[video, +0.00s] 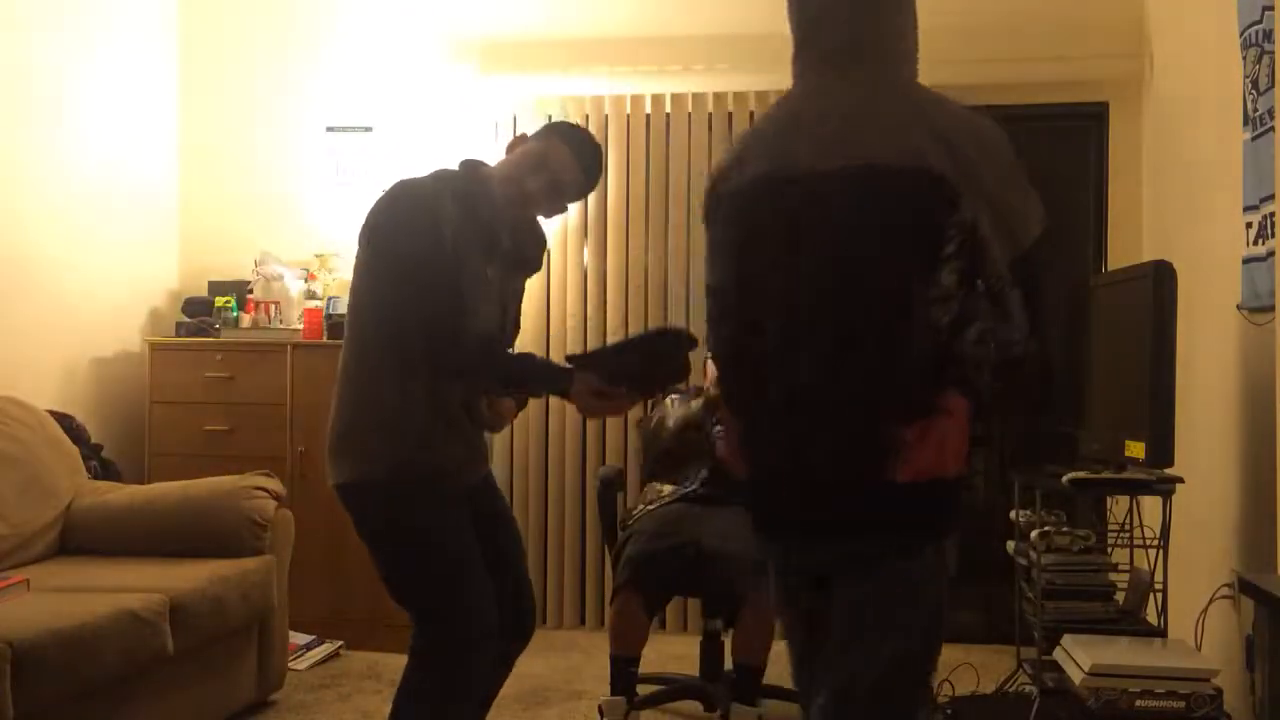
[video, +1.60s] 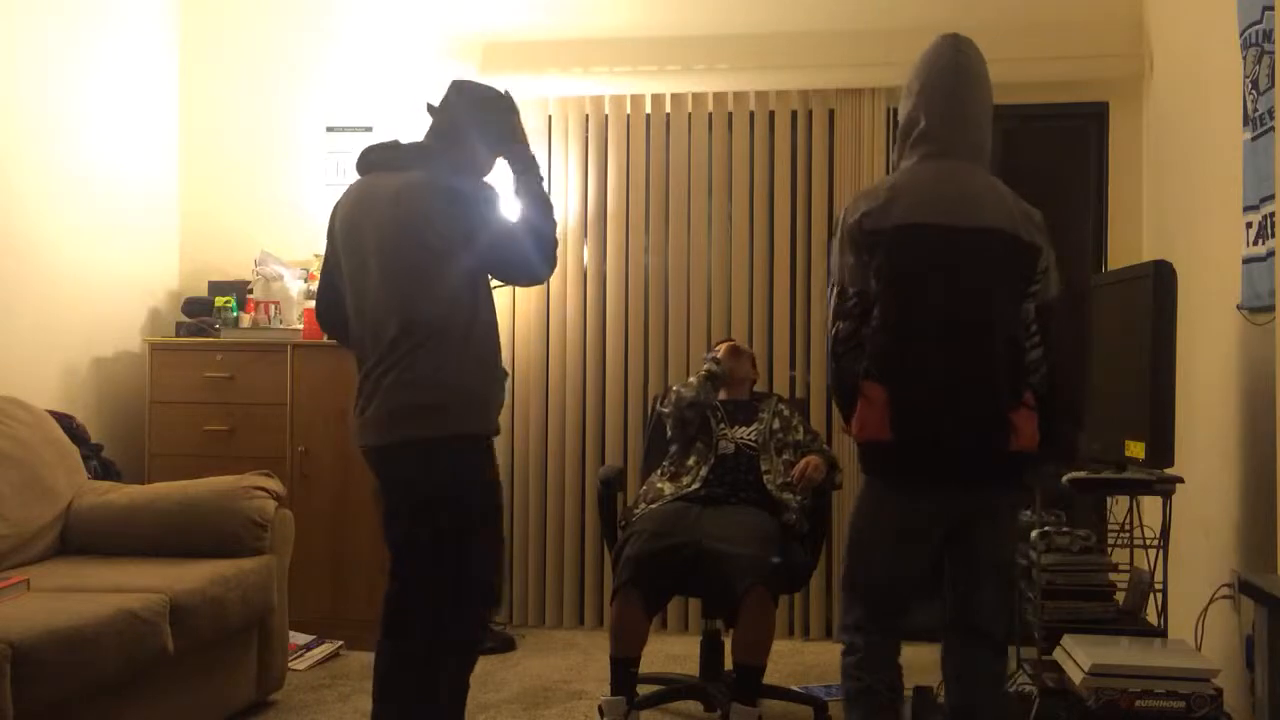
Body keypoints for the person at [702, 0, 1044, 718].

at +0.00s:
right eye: (903, 22)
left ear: (800, 36)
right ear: (902, 31)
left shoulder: (745, 158)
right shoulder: (957, 140)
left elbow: (727, 322)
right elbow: (1010, 298)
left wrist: (744, 419)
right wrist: (960, 400)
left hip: (785, 458)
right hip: (909, 462)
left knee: (818, 670)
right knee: (886, 677)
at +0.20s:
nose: (806, 56)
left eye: (810, 39)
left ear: (819, 44)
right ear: (916, 38)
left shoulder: (780, 176)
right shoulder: (990, 154)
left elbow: (765, 330)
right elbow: (1037, 317)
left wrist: (782, 417)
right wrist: (1011, 401)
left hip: (835, 461)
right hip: (956, 458)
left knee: (840, 667)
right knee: (924, 672)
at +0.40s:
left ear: (842, 58)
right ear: (933, 47)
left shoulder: (805, 188)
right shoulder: (1008, 155)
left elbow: (791, 329)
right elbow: (1064, 310)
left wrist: (812, 418)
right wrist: (1037, 402)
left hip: (864, 479)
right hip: (982, 471)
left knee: (880, 677)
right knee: (982, 678)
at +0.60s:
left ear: (871, 62)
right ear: (959, 52)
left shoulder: (829, 195)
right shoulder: (1018, 169)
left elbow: (811, 348)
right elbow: (1081, 330)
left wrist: (833, 424)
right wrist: (1130, 471)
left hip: (874, 487)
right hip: (991, 483)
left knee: (901, 687)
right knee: (994, 684)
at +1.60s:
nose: (909, 111)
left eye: (910, 98)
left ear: (911, 106)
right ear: (983, 112)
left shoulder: (868, 212)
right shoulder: (1022, 219)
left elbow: (845, 334)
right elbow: (1045, 343)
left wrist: (863, 414)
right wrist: (1034, 429)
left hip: (899, 458)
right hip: (991, 458)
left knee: (869, 633)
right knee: (982, 642)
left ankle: (875, 713)